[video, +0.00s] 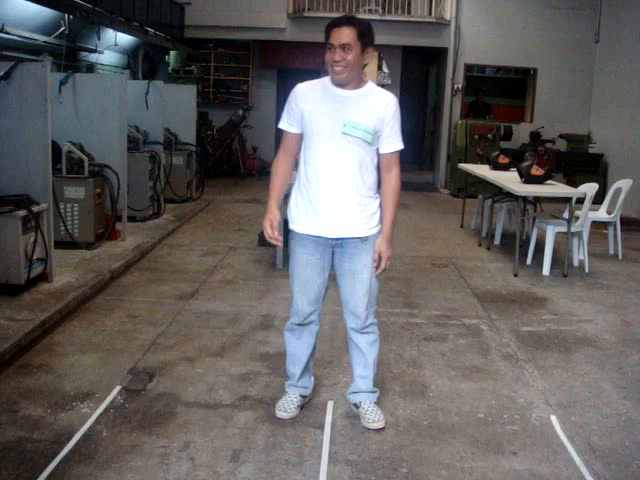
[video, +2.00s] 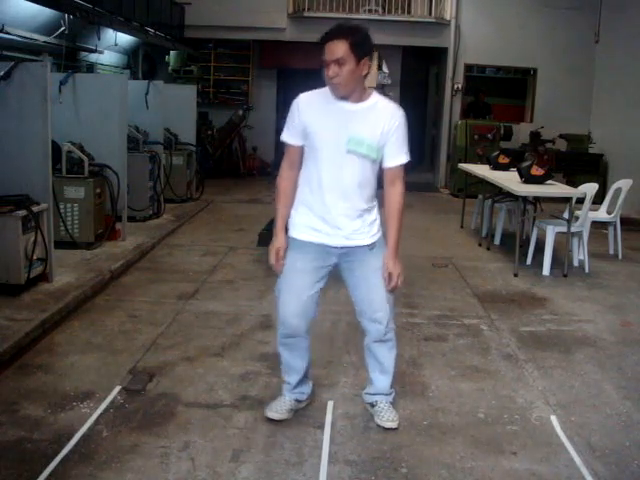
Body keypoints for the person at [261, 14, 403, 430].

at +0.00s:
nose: (337, 55)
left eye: (346, 47)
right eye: (331, 47)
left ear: (366, 53)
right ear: (324, 51)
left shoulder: (384, 104)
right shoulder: (303, 94)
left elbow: (390, 171)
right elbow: (285, 155)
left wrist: (386, 233)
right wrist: (272, 207)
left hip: (361, 231)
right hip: (307, 227)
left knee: (361, 319)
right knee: (302, 314)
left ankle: (364, 395)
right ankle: (297, 387)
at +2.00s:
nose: (330, 72)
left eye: (339, 63)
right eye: (326, 64)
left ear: (364, 64)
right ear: (323, 64)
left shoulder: (389, 115)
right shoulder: (305, 105)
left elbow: (394, 185)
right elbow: (288, 169)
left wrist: (392, 250)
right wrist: (280, 230)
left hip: (363, 241)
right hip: (306, 237)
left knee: (378, 321)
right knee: (290, 319)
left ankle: (380, 394)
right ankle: (296, 389)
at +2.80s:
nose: (175, 133)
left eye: (182, 124)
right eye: (166, 125)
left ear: (192, 116)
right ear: (148, 120)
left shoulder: (213, 158)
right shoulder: (126, 147)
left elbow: (222, 218)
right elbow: (111, 195)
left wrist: (213, 278)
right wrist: (95, 246)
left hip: (182, 264)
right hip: (126, 257)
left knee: (179, 335)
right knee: (89, 325)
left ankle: (171, 400)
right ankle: (62, 386)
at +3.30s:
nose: (363, 93)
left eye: (368, 83)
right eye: (353, 84)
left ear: (376, 78)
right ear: (326, 81)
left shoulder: (390, 122)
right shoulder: (297, 122)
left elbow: (396, 188)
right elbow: (273, 185)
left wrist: (402, 256)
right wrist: (252, 250)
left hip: (371, 258)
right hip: (305, 259)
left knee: (395, 335)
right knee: (270, 331)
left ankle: (393, 417)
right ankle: (215, 404)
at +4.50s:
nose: (302, 58)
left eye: (312, 50)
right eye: (299, 48)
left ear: (343, 54)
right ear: (295, 46)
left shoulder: (369, 112)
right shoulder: (279, 80)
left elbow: (392, 175)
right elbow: (255, 125)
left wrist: (388, 244)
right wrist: (235, 182)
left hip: (319, 241)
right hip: (261, 230)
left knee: (314, 326)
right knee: (245, 315)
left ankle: (349, 393)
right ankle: (257, 396)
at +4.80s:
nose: (172, 103)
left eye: (183, 93)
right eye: (169, 93)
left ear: (214, 99)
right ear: (165, 93)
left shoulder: (240, 154)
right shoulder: (157, 128)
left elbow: (268, 222)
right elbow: (150, 185)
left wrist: (263, 301)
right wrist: (116, 234)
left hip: (200, 275)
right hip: (144, 263)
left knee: (188, 359)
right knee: (100, 334)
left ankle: (197, 421)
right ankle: (53, 403)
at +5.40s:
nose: (274, 105)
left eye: (282, 94)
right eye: (264, 95)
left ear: (290, 85)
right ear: (236, 87)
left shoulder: (303, 130)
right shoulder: (202, 125)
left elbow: (313, 193)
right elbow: (176, 188)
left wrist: (322, 258)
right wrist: (171, 255)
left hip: (285, 261)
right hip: (218, 261)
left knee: (326, 346)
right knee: (194, 354)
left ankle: (351, 422)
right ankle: (174, 424)